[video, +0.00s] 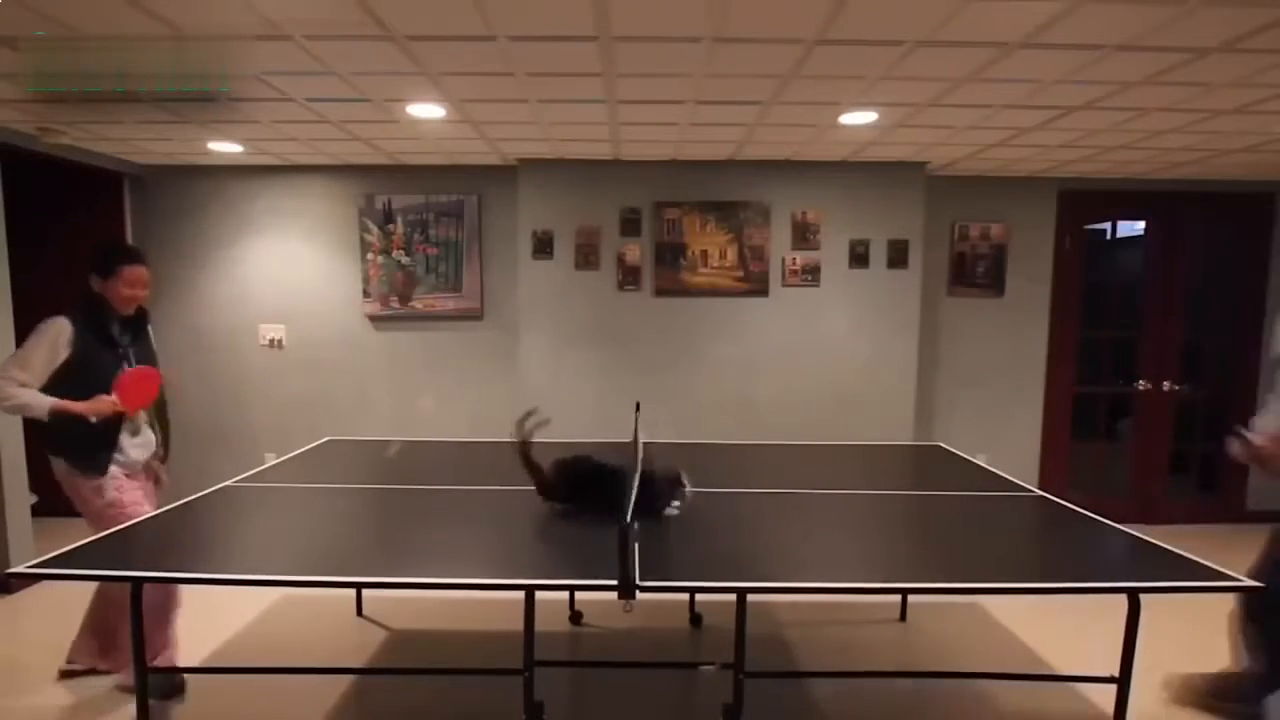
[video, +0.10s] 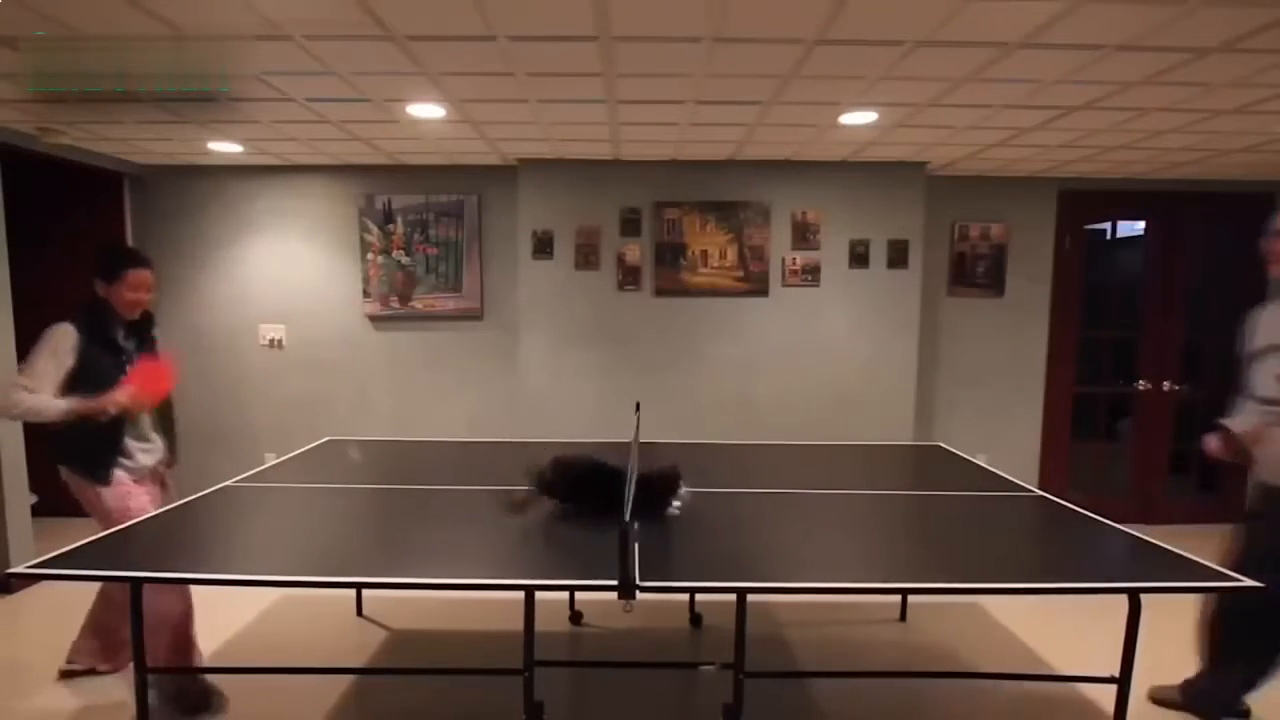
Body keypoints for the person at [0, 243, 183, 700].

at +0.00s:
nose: (139, 295)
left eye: (144, 286)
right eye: (130, 286)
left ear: (146, 287)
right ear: (100, 284)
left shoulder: (136, 327)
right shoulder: (64, 330)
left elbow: (141, 387)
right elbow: (6, 390)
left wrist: (154, 389)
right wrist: (77, 407)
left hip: (140, 458)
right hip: (90, 467)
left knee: (133, 553)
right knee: (154, 550)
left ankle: (90, 655)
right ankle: (154, 668)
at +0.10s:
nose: (143, 299)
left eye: (148, 290)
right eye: (134, 289)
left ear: (152, 291)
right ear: (105, 288)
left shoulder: (142, 336)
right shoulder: (69, 336)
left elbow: (146, 399)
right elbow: (14, 400)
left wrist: (156, 388)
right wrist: (93, 404)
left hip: (149, 465)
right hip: (99, 472)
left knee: (140, 556)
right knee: (163, 556)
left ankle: (91, 655)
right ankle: (176, 676)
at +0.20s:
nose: (160, 292)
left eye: (163, 282)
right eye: (150, 282)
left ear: (165, 284)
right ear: (119, 285)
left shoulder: (157, 334)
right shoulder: (93, 333)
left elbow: (172, 414)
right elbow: (52, 400)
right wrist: (133, 375)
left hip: (153, 465)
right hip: (108, 468)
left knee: (132, 564)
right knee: (168, 567)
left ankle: (89, 658)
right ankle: (170, 686)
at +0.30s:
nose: (186, 282)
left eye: (188, 272)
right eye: (175, 273)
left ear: (186, 276)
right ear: (142, 278)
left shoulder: (175, 328)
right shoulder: (119, 325)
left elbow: (186, 403)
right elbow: (110, 378)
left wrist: (188, 460)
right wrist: (182, 344)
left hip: (165, 466)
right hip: (121, 468)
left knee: (133, 565)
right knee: (176, 569)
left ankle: (92, 657)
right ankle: (174, 689)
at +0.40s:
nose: (209, 283)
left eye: (211, 273)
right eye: (200, 273)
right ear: (166, 274)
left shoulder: (187, 320)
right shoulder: (143, 316)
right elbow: (135, 360)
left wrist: (192, 458)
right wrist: (202, 337)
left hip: (174, 463)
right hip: (131, 464)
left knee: (180, 573)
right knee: (162, 576)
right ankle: (167, 691)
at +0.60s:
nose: (227, 292)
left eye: (229, 283)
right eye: (218, 282)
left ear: (218, 283)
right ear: (182, 280)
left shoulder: (200, 327)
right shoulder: (150, 324)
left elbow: (189, 381)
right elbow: (94, 386)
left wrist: (227, 385)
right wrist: (179, 387)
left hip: (175, 469)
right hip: (132, 473)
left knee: (136, 564)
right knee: (172, 578)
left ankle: (103, 640)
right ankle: (173, 692)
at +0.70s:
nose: (227, 312)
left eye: (230, 303)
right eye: (220, 301)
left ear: (213, 301)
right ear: (187, 297)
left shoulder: (201, 340)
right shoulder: (147, 338)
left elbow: (182, 407)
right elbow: (77, 402)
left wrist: (209, 410)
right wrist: (159, 418)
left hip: (160, 468)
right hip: (114, 471)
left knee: (149, 569)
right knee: (169, 574)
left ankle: (113, 657)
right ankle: (173, 692)